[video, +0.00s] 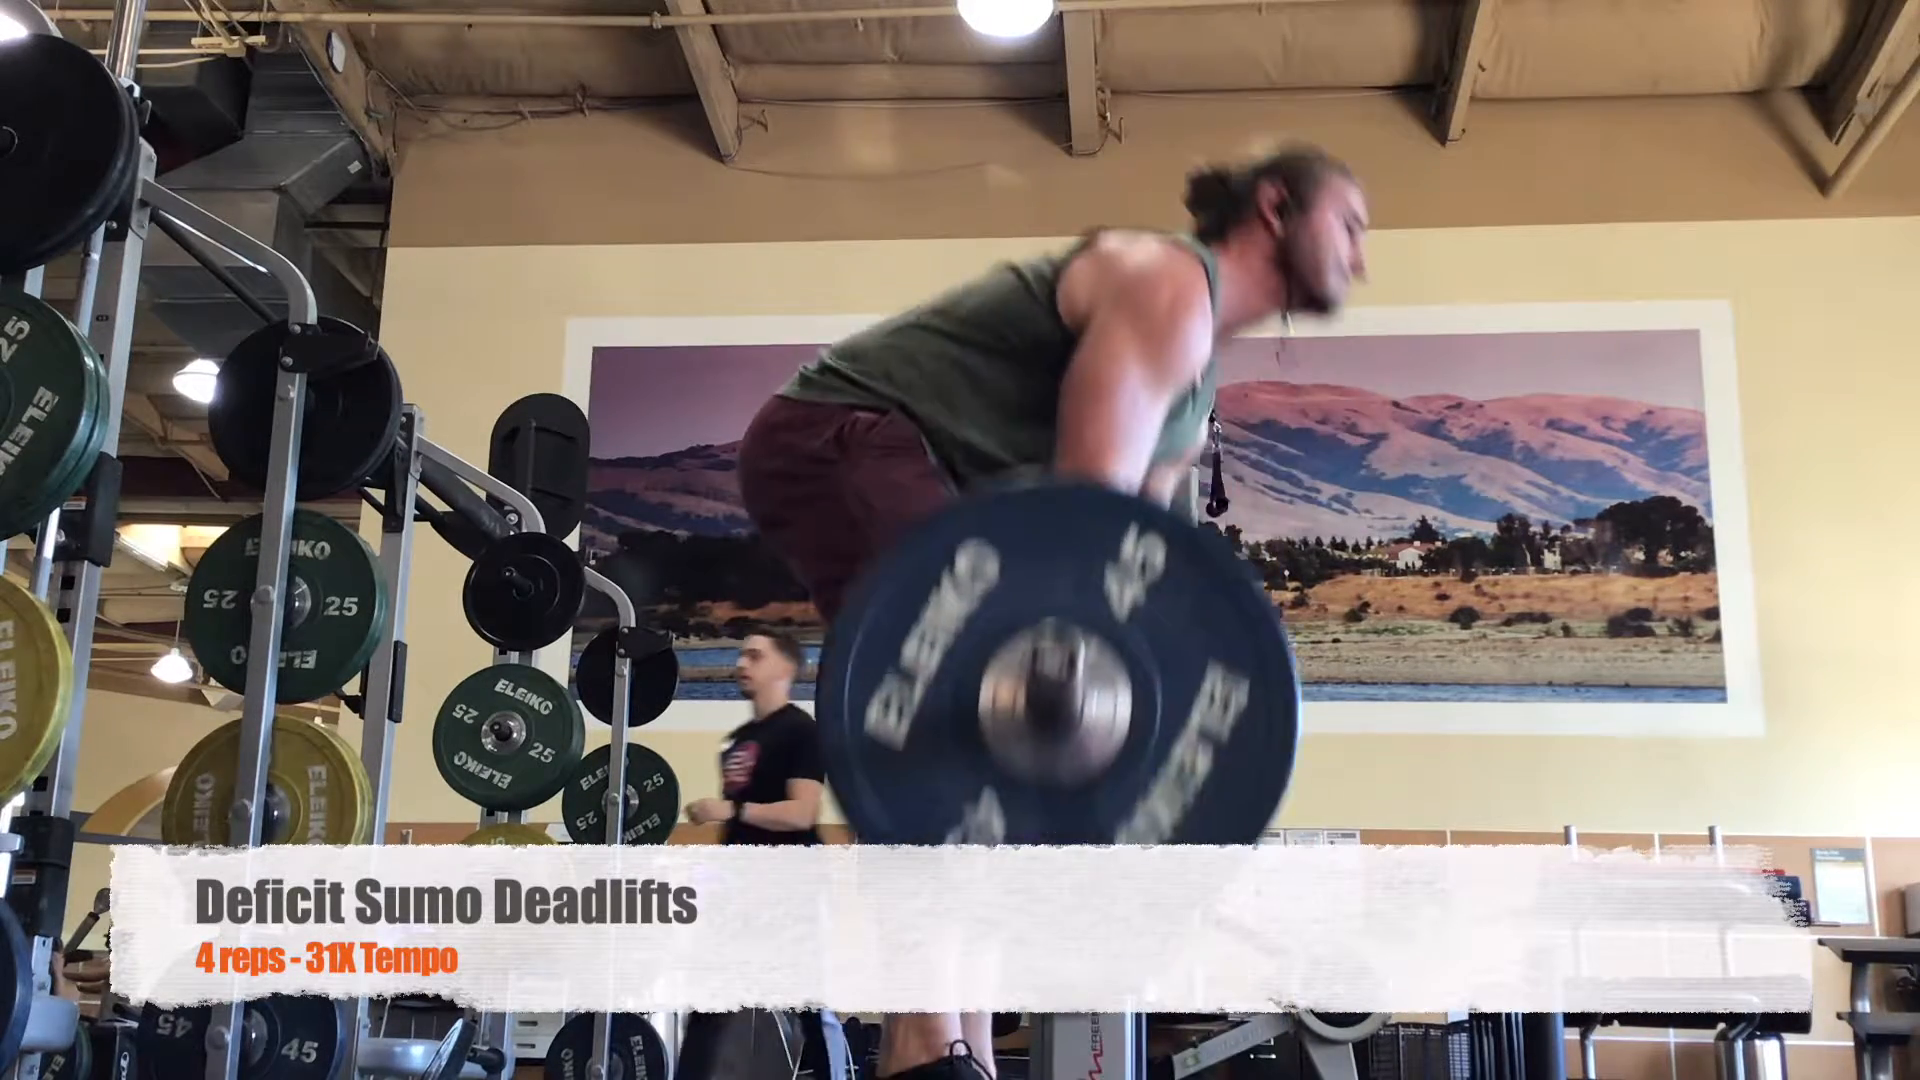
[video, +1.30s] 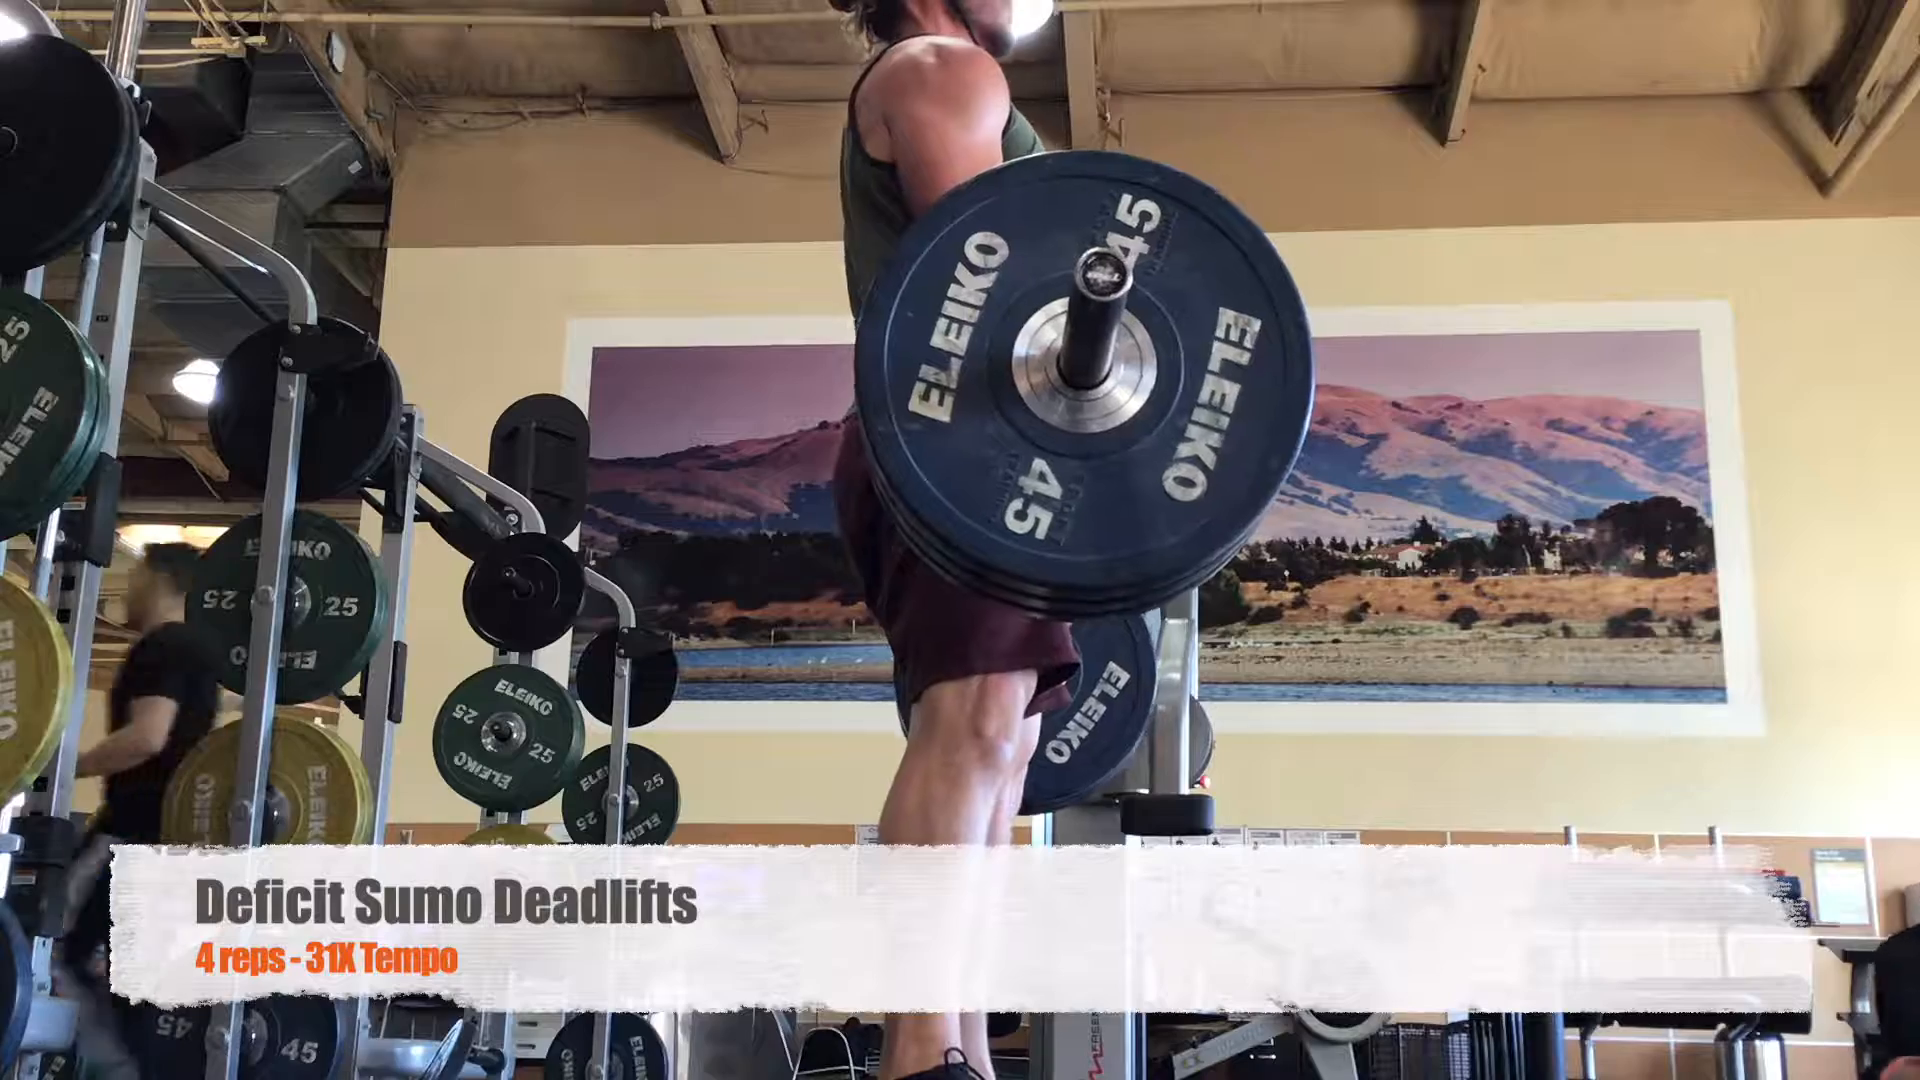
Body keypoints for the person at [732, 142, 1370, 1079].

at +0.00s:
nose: (1361, 258)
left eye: (1364, 235)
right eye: (1350, 225)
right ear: (1274, 206)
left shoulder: (1189, 395)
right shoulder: (1165, 286)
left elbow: (1145, 543)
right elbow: (1089, 502)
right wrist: (1091, 661)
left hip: (911, 466)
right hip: (840, 434)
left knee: (981, 728)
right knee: (945, 713)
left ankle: (965, 1037)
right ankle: (922, 1039)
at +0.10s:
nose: (1313, 149)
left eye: (1312, 133)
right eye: (1295, 125)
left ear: (1229, 134)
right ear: (1224, 123)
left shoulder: (1173, 311)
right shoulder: (1142, 208)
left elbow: (1177, 454)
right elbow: (1085, 397)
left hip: (910, 446)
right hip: (849, 422)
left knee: (974, 728)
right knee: (941, 713)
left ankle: (956, 1038)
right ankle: (922, 1040)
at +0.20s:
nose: (1246, 57)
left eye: (1237, 35)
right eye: (1224, 31)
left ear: (1162, 60)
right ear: (1161, 54)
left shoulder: (1136, 168)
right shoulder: (1114, 133)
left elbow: (1080, 349)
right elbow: (1060, 311)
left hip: (934, 429)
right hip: (858, 413)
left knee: (978, 722)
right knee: (921, 705)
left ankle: (959, 1031)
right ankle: (912, 1039)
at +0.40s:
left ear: (1010, 4)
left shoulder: (1041, 73)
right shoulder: (1012, 55)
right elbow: (1005, 274)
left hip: (1010, 439)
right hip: (956, 432)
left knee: (1014, 723)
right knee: (970, 709)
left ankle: (963, 1025)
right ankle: (917, 1040)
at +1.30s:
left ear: (917, 11)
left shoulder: (950, 78)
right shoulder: (940, 69)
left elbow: (1004, 277)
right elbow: (995, 273)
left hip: (980, 445)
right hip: (941, 441)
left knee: (1002, 735)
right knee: (970, 723)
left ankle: (962, 1043)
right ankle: (915, 1049)